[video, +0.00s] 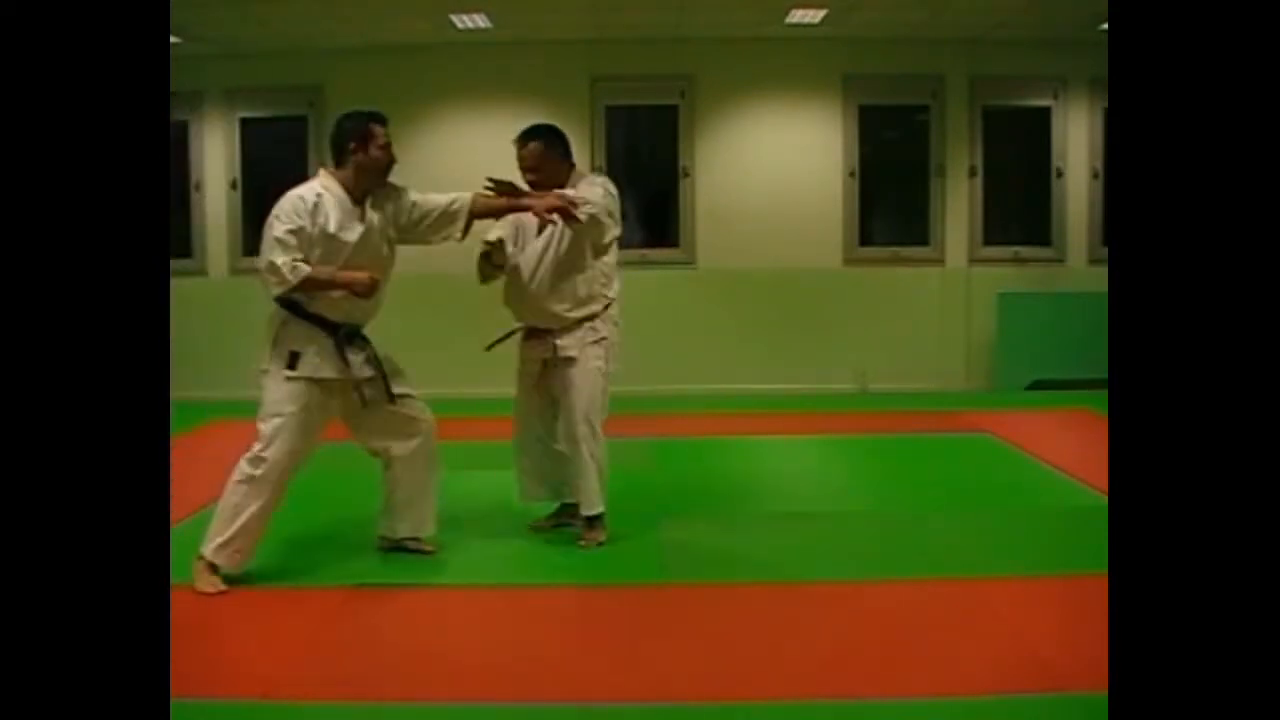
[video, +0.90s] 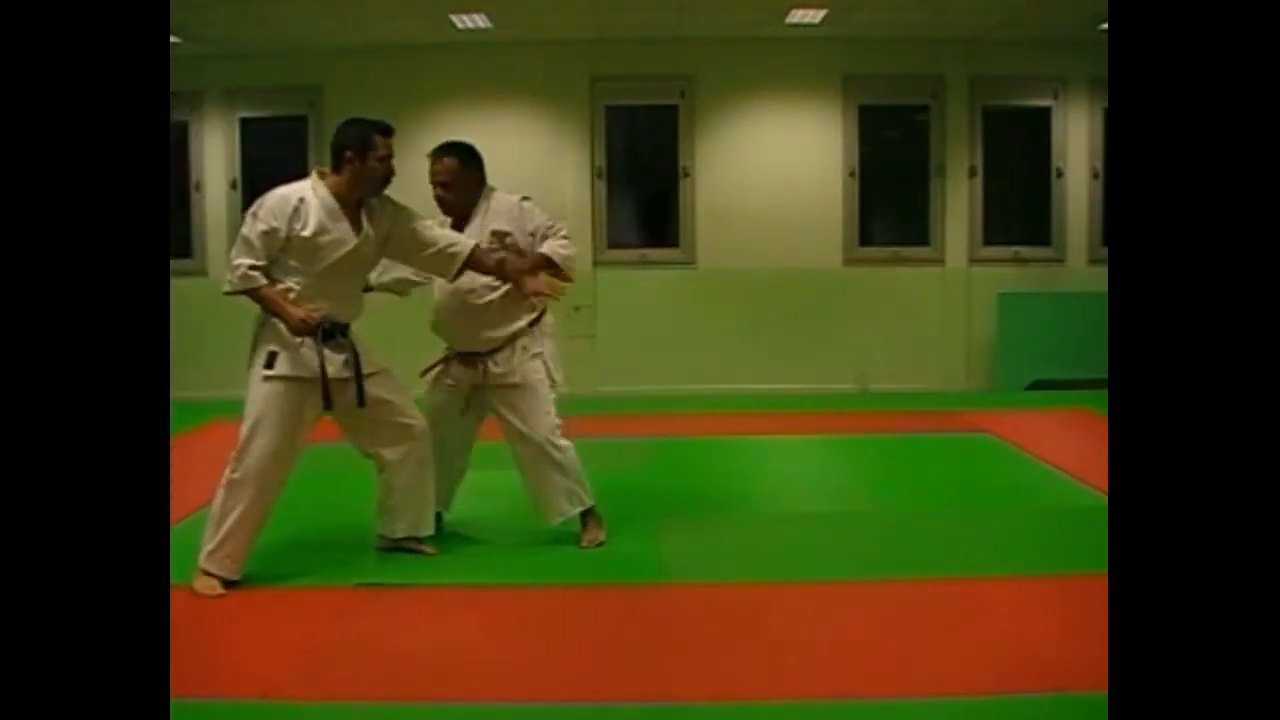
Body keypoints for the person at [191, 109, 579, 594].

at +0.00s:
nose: (393, 157)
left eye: (391, 147)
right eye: (384, 147)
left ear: (368, 151)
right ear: (356, 152)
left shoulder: (389, 202)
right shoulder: (303, 203)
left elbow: (457, 207)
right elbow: (280, 271)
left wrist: (527, 201)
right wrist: (342, 279)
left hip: (352, 345)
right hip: (301, 343)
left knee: (413, 430)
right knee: (275, 454)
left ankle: (404, 534)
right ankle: (215, 560)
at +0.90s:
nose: (393, 168)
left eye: (393, 158)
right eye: (385, 158)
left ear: (363, 162)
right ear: (352, 160)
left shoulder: (383, 215)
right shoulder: (288, 204)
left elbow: (448, 248)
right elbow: (243, 269)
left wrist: (512, 270)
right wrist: (287, 311)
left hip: (343, 349)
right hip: (287, 349)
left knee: (408, 431)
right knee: (261, 458)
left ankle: (402, 533)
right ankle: (217, 565)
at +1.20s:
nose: (385, 172)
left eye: (385, 163)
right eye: (377, 164)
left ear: (354, 166)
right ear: (344, 165)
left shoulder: (377, 220)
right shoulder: (283, 211)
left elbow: (432, 275)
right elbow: (238, 278)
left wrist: (486, 327)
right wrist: (276, 326)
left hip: (338, 350)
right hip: (282, 350)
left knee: (405, 432)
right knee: (260, 458)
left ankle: (399, 534)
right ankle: (215, 569)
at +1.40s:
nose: (385, 184)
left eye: (386, 174)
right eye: (378, 174)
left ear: (354, 173)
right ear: (347, 173)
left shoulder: (376, 225)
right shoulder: (287, 212)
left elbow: (429, 278)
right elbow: (239, 280)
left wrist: (471, 340)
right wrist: (278, 332)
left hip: (335, 350)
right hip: (279, 348)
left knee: (401, 429)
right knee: (263, 457)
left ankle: (399, 533)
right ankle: (215, 568)